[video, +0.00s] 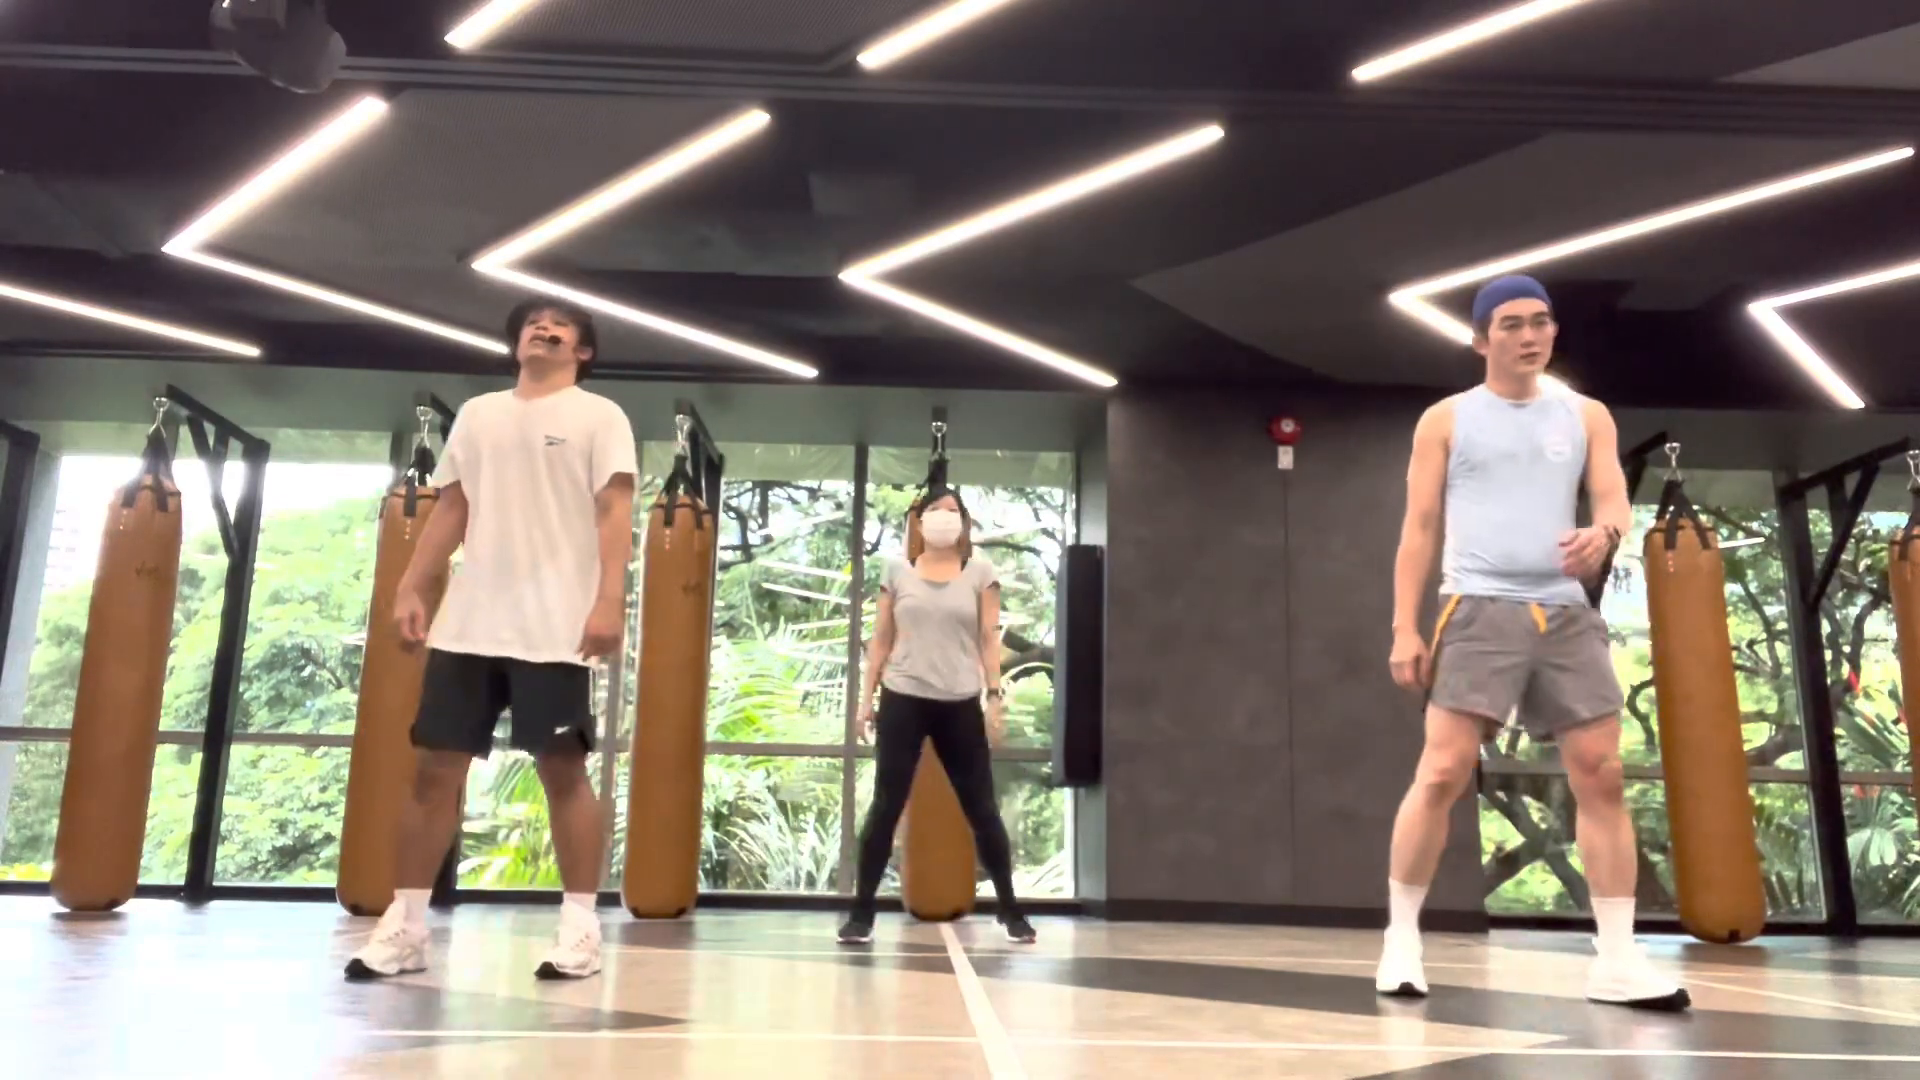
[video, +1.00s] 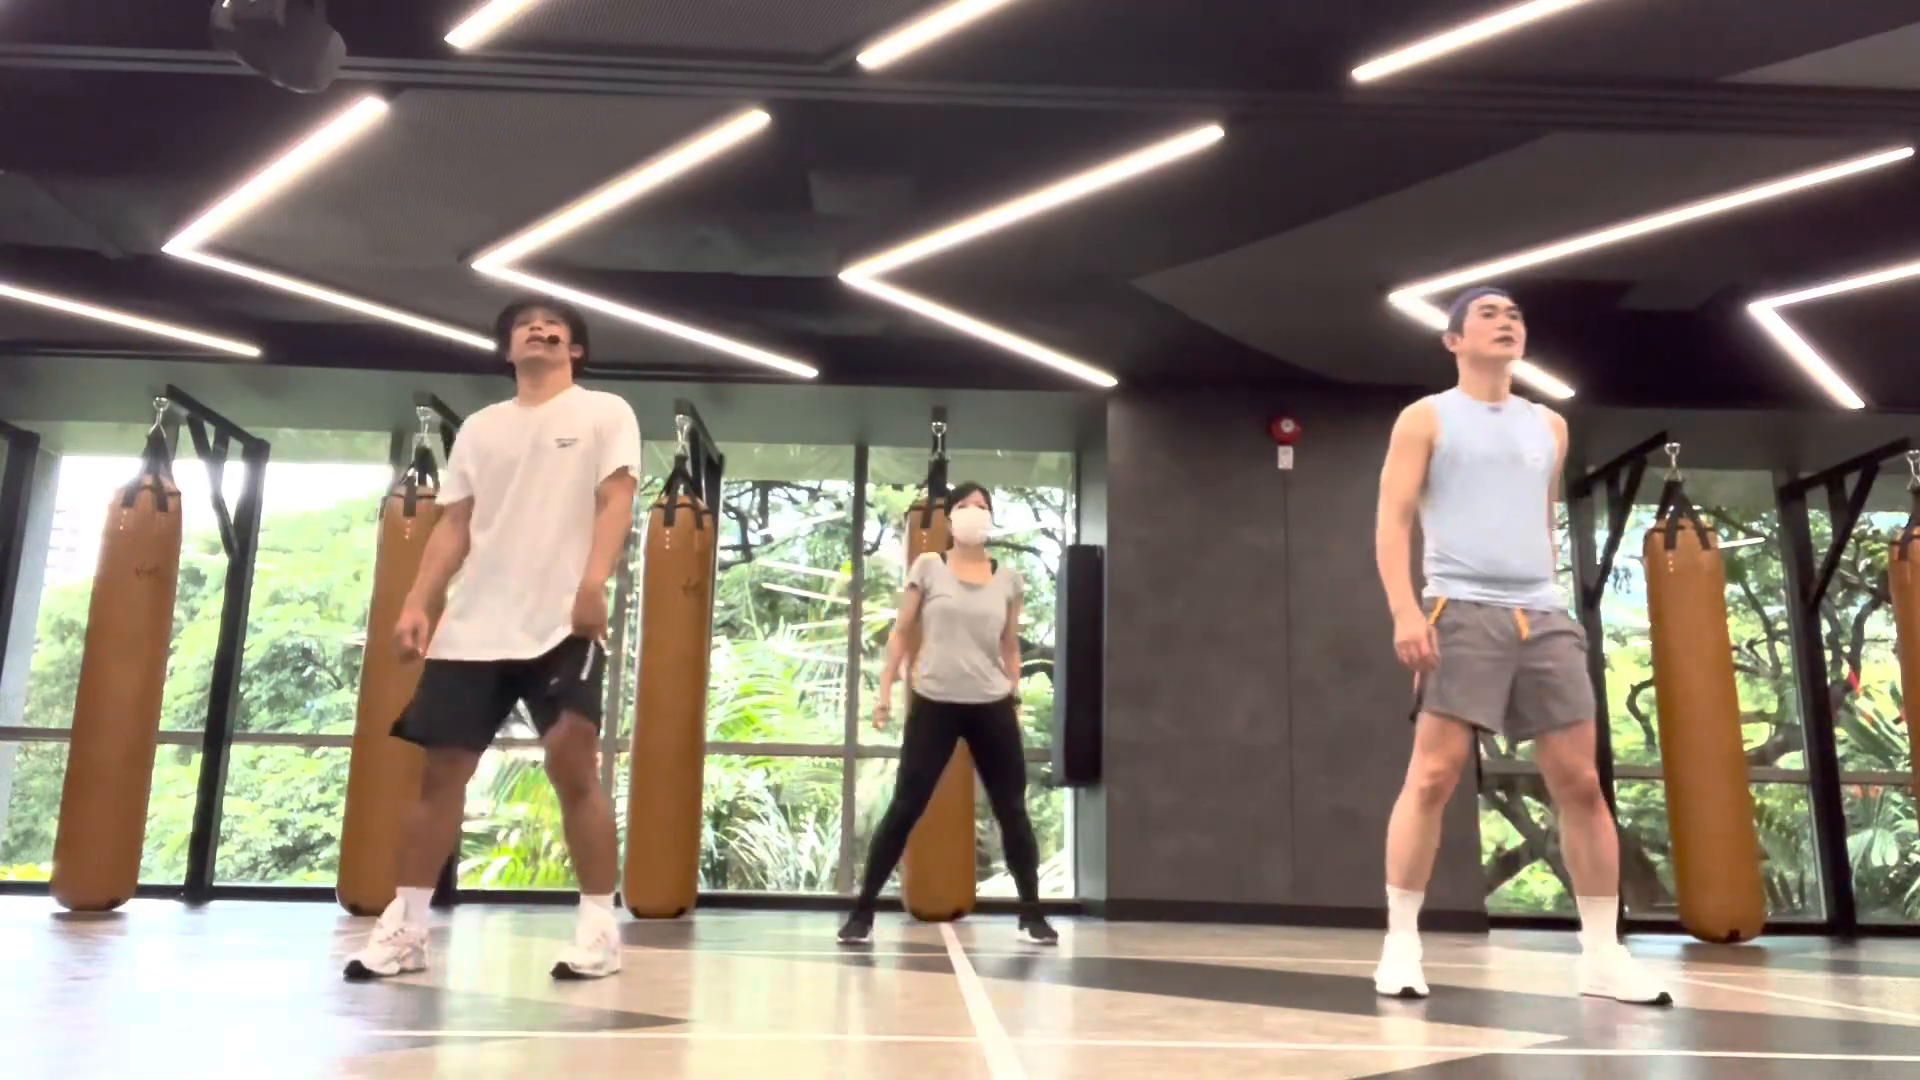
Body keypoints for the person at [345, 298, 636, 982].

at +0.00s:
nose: (543, 332)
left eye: (559, 328)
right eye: (532, 325)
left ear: (582, 355)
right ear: (514, 345)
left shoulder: (600, 416)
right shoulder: (478, 413)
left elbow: (615, 511)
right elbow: (451, 506)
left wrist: (610, 601)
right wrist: (411, 585)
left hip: (555, 626)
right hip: (469, 621)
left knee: (564, 772)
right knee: (435, 770)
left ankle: (581, 929)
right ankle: (405, 928)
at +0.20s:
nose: (490, 326)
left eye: (507, 321)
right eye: (479, 319)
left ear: (532, 348)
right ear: (461, 342)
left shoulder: (555, 408)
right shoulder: (429, 417)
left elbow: (568, 508)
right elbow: (404, 517)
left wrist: (565, 602)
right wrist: (371, 603)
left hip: (514, 623)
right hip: (427, 622)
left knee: (526, 762)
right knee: (417, 770)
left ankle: (570, 917)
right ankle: (403, 927)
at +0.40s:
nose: (464, 324)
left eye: (480, 317)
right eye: (452, 317)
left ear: (506, 341)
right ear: (435, 341)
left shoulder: (540, 405)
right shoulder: (408, 420)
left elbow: (559, 493)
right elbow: (384, 523)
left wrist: (560, 574)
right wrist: (342, 606)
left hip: (503, 610)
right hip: (416, 616)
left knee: (481, 735)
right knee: (412, 765)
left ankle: (486, 912)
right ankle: (404, 926)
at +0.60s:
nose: (463, 328)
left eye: (478, 321)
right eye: (450, 322)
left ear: (504, 343)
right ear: (434, 345)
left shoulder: (540, 405)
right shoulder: (409, 426)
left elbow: (558, 497)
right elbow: (387, 525)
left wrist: (546, 572)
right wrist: (346, 601)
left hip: (505, 614)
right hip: (417, 620)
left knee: (494, 739)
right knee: (411, 768)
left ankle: (480, 911)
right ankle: (402, 926)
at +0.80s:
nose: (491, 326)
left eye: (506, 319)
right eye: (478, 319)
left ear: (530, 345)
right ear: (458, 343)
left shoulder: (559, 408)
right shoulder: (429, 423)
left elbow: (575, 499)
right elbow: (405, 519)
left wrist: (553, 570)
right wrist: (381, 589)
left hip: (521, 616)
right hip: (434, 623)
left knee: (533, 749)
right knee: (425, 771)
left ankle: (575, 905)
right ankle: (404, 926)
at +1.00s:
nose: (538, 334)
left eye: (553, 330)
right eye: (525, 328)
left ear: (574, 355)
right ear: (505, 351)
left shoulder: (605, 412)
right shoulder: (479, 426)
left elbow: (616, 502)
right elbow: (452, 527)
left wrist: (593, 584)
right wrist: (418, 600)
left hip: (562, 626)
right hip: (473, 628)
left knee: (574, 769)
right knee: (441, 773)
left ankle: (598, 933)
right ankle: (406, 929)